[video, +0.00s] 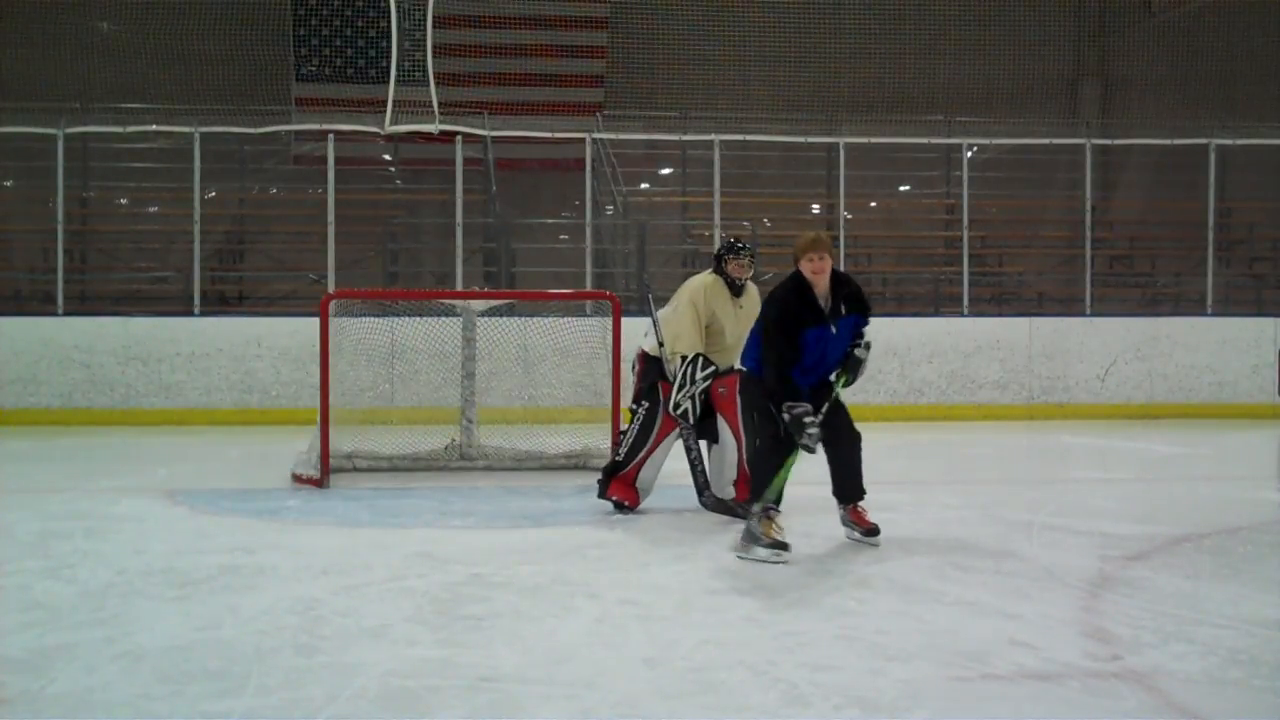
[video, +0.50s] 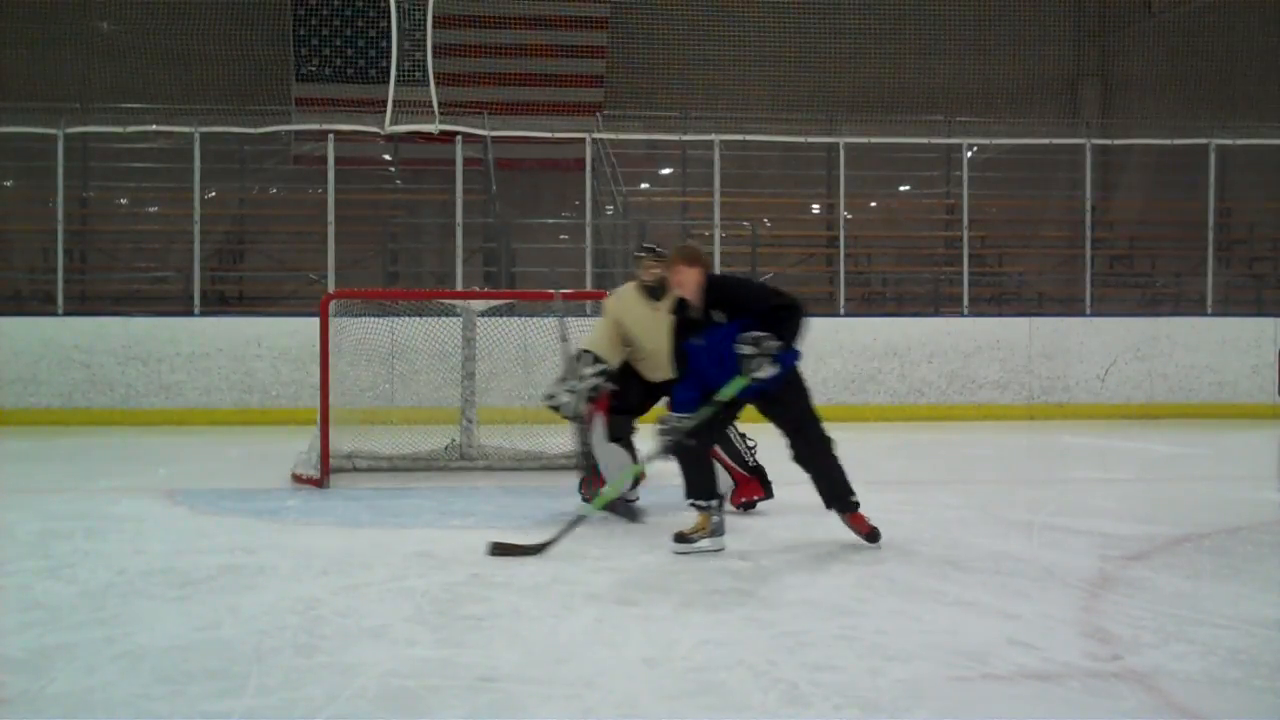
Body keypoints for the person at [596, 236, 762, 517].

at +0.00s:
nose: (742, 268)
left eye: (747, 263)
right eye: (736, 262)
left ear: (752, 266)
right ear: (721, 263)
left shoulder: (752, 294)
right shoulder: (699, 288)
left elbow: (755, 339)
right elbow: (684, 336)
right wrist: (691, 381)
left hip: (713, 368)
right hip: (663, 361)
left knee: (734, 416)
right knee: (658, 419)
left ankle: (729, 491)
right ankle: (622, 484)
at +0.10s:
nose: (738, 273)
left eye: (743, 267)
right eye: (732, 267)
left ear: (751, 269)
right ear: (719, 267)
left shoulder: (757, 296)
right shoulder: (698, 291)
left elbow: (767, 341)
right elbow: (682, 338)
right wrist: (688, 383)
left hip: (723, 366)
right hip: (671, 363)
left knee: (739, 426)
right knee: (658, 423)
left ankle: (733, 493)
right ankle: (625, 483)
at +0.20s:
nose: (729, 274)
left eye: (735, 268)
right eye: (723, 268)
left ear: (743, 271)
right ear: (711, 269)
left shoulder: (752, 296)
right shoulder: (691, 293)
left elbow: (764, 339)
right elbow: (674, 338)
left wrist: (764, 385)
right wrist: (675, 388)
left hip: (721, 368)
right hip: (671, 365)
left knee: (735, 431)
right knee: (651, 428)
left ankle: (743, 492)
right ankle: (626, 487)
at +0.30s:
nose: (710, 273)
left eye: (716, 267)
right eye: (704, 267)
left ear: (726, 269)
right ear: (693, 269)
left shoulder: (740, 295)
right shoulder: (673, 296)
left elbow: (754, 338)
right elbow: (659, 340)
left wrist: (752, 379)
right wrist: (658, 382)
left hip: (717, 369)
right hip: (670, 366)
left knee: (727, 423)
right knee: (641, 413)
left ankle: (746, 481)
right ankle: (627, 481)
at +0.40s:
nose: (683, 273)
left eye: (689, 267)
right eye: (677, 267)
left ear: (701, 270)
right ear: (669, 269)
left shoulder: (715, 297)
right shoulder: (650, 298)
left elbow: (732, 339)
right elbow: (633, 340)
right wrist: (623, 375)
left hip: (701, 374)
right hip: (659, 374)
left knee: (707, 431)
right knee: (635, 422)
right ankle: (629, 483)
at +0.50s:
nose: (653, 274)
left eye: (658, 268)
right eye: (647, 268)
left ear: (669, 269)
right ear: (637, 270)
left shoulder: (686, 297)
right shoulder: (620, 303)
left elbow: (712, 333)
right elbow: (604, 343)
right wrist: (586, 375)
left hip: (687, 375)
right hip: (644, 377)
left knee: (707, 426)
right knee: (612, 416)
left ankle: (748, 479)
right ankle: (623, 479)